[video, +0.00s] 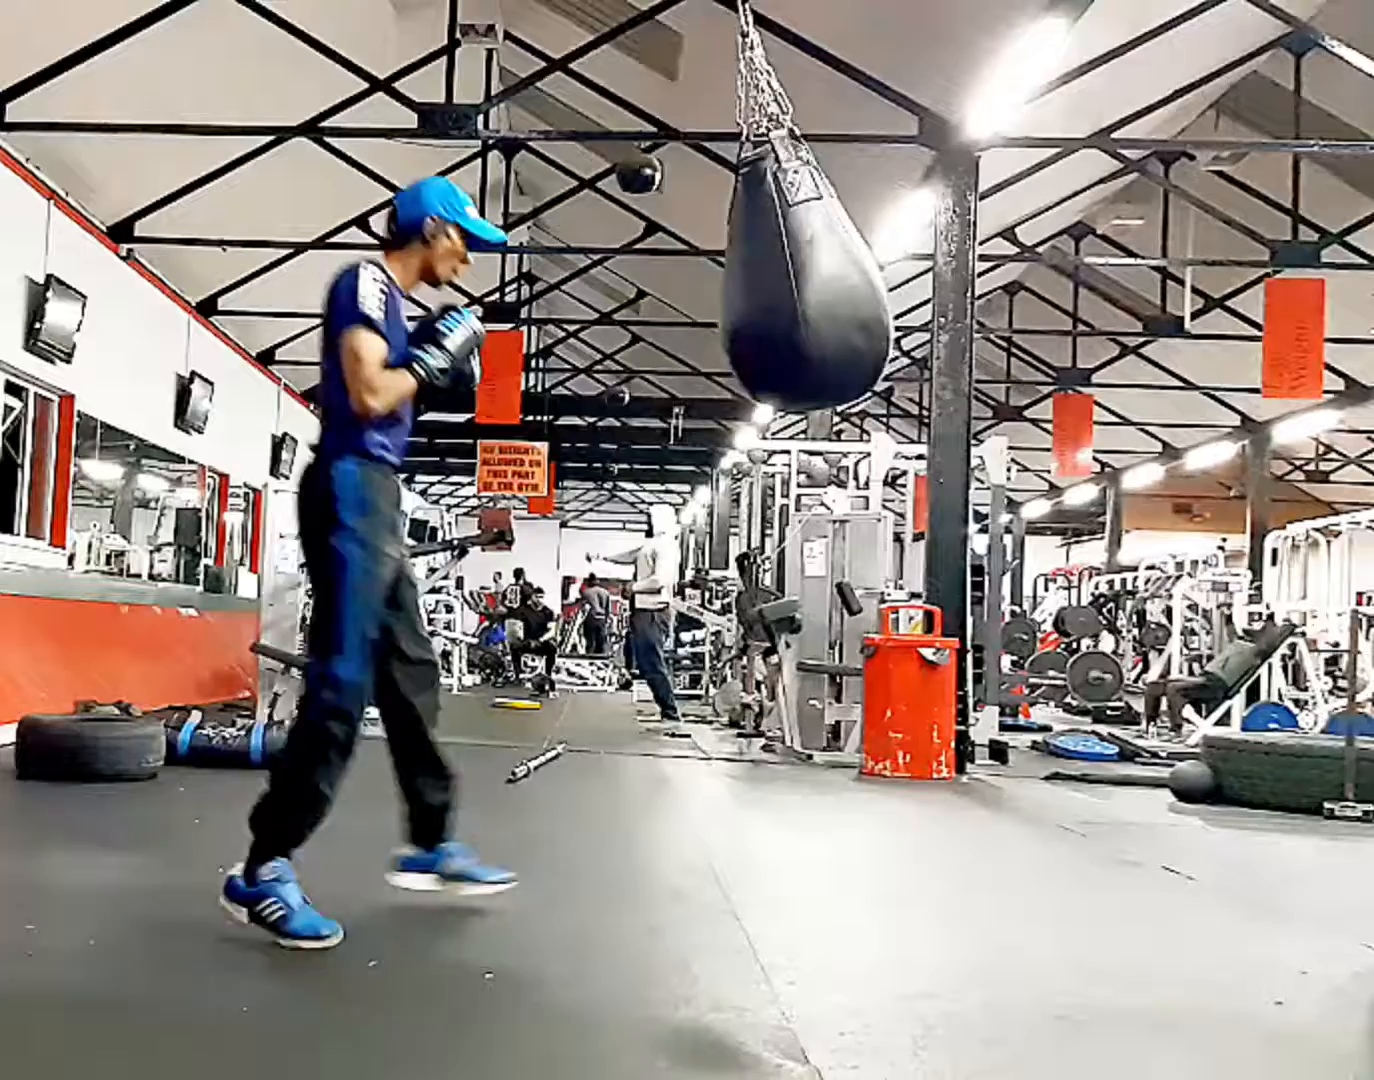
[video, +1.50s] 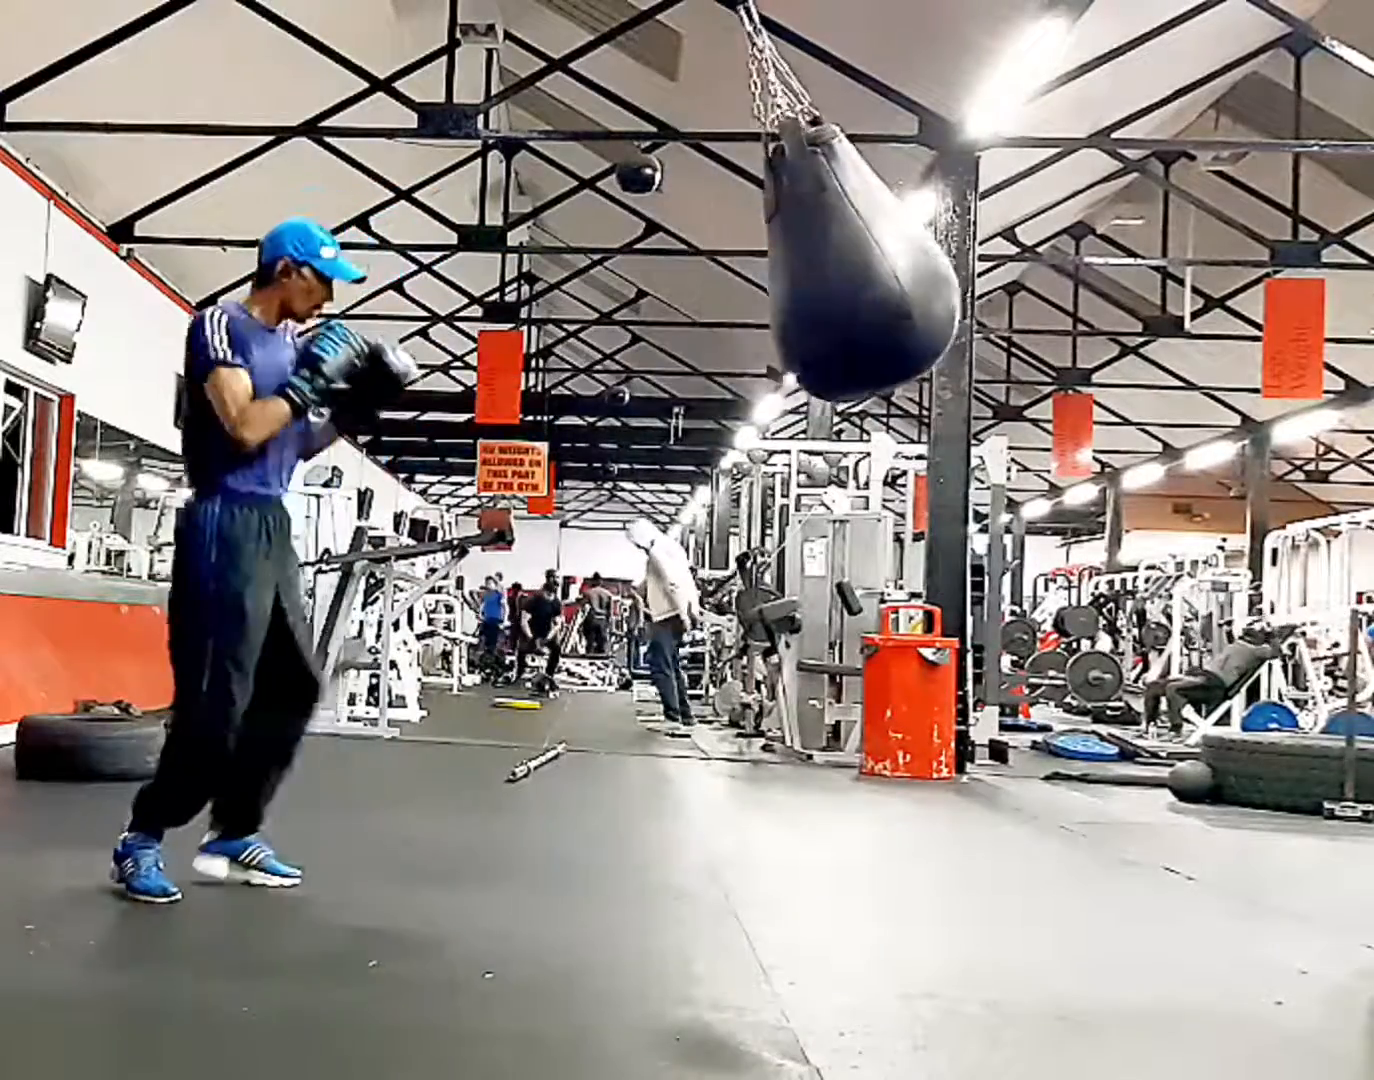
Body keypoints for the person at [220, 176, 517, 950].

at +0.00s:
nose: (466, 260)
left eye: (468, 248)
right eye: (462, 244)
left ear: (429, 236)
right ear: (431, 234)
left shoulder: (402, 306)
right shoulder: (363, 285)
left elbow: (386, 398)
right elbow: (370, 398)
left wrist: (434, 371)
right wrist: (432, 359)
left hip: (378, 491)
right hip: (349, 487)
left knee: (408, 673)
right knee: (342, 683)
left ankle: (429, 845)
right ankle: (262, 870)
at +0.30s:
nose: (396, 287)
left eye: (399, 275)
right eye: (393, 272)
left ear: (359, 261)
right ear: (360, 259)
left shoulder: (325, 330)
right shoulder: (292, 312)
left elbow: (315, 426)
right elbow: (291, 430)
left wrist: (367, 396)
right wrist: (373, 414)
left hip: (314, 523)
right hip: (278, 519)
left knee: (377, 696)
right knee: (265, 723)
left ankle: (331, 868)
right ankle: (160, 885)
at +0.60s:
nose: (400, 298)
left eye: (401, 289)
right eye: (395, 285)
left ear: (336, 279)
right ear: (368, 276)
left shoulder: (280, 336)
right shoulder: (341, 313)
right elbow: (433, 343)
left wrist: (396, 375)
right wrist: (483, 324)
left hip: (282, 519)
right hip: (306, 517)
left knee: (342, 694)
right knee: (270, 704)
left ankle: (322, 861)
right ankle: (160, 883)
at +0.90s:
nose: (406, 288)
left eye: (410, 276)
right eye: (401, 272)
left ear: (373, 266)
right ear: (366, 259)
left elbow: (445, 380)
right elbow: (256, 417)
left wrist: (518, 381)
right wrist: (341, 412)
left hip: (315, 519)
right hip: (259, 508)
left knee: (338, 695)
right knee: (252, 687)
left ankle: (324, 858)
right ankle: (183, 842)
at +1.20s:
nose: (357, 295)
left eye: (359, 284)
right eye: (350, 281)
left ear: (320, 277)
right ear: (312, 272)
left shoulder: (304, 347)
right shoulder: (238, 322)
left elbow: (283, 438)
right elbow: (231, 434)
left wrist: (339, 438)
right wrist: (308, 394)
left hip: (271, 528)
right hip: (219, 527)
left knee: (343, 674)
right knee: (214, 703)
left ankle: (323, 840)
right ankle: (137, 840)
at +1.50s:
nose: (330, 298)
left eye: (333, 287)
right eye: (325, 284)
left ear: (299, 278)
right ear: (288, 272)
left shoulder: (295, 343)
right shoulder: (221, 323)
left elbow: (297, 447)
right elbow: (245, 427)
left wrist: (354, 405)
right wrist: (312, 382)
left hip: (270, 528)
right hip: (221, 526)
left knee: (291, 685)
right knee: (219, 693)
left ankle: (233, 837)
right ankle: (142, 840)